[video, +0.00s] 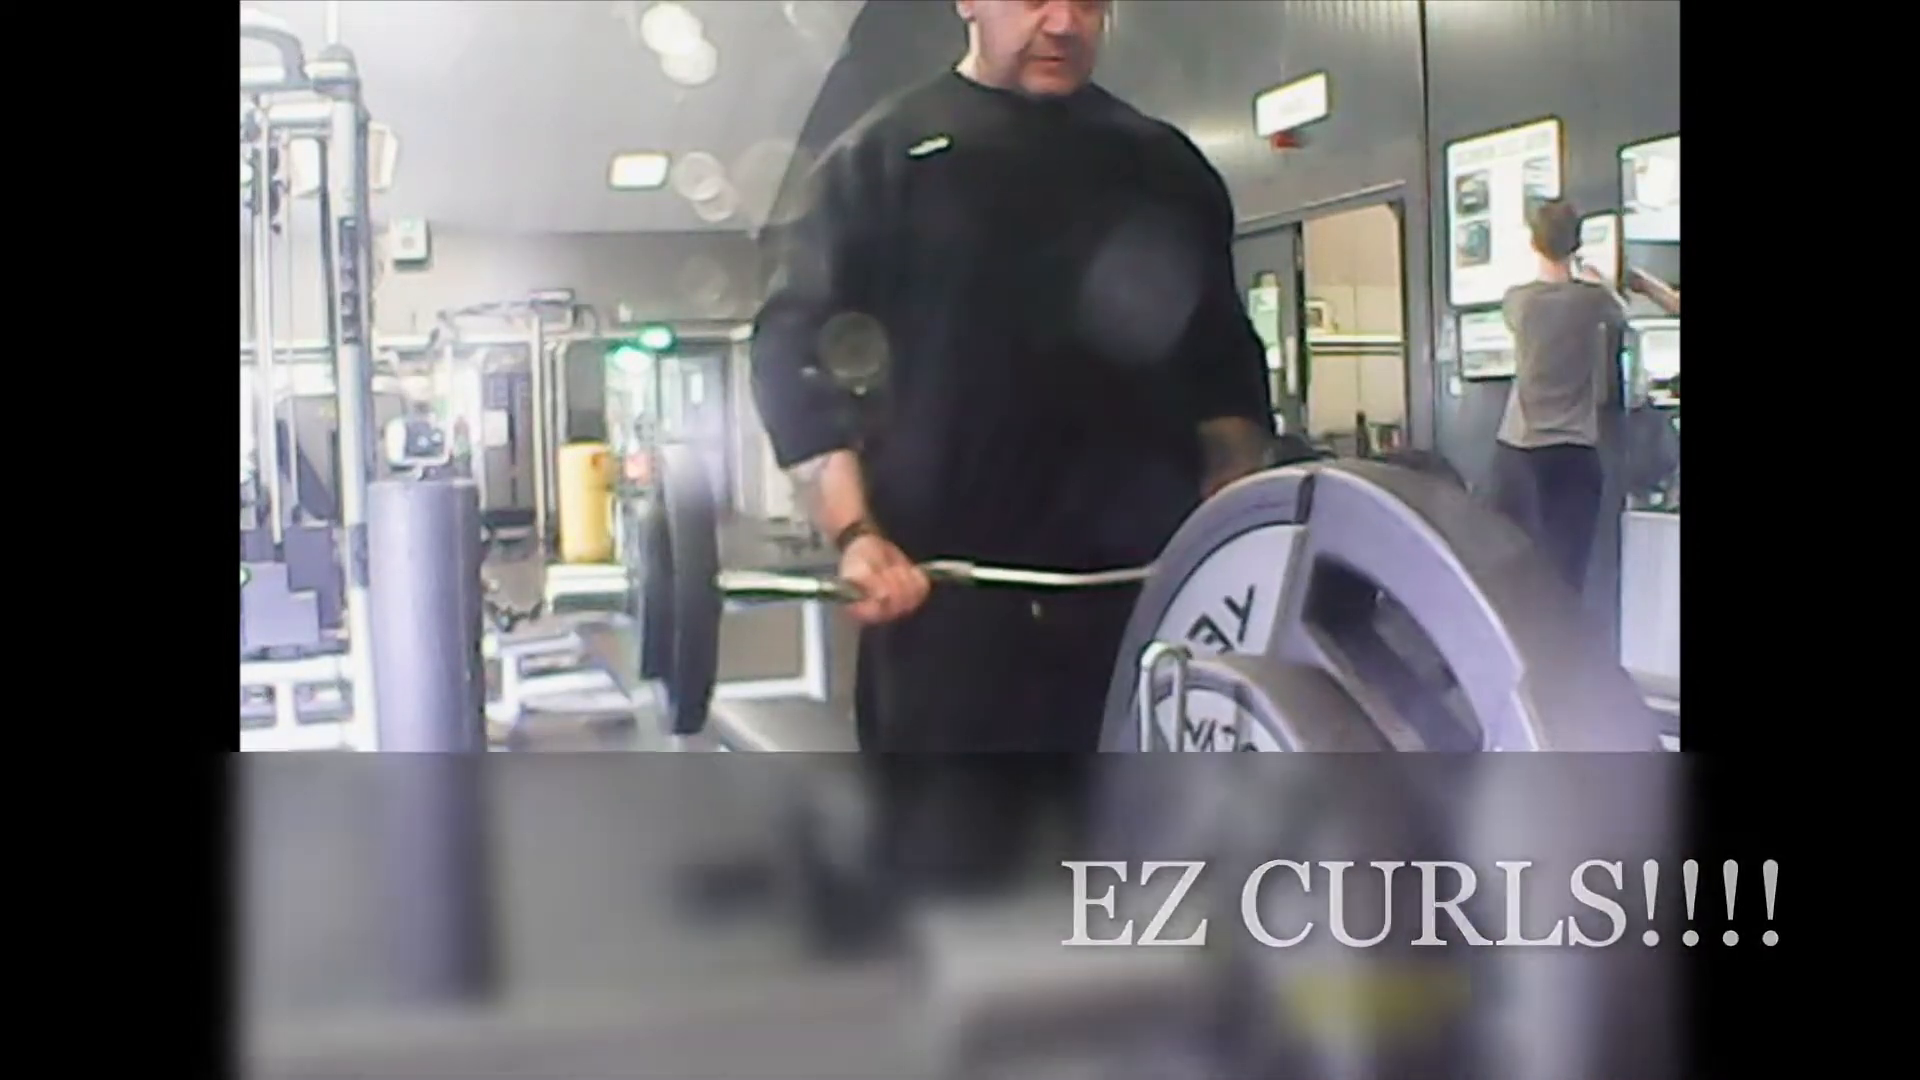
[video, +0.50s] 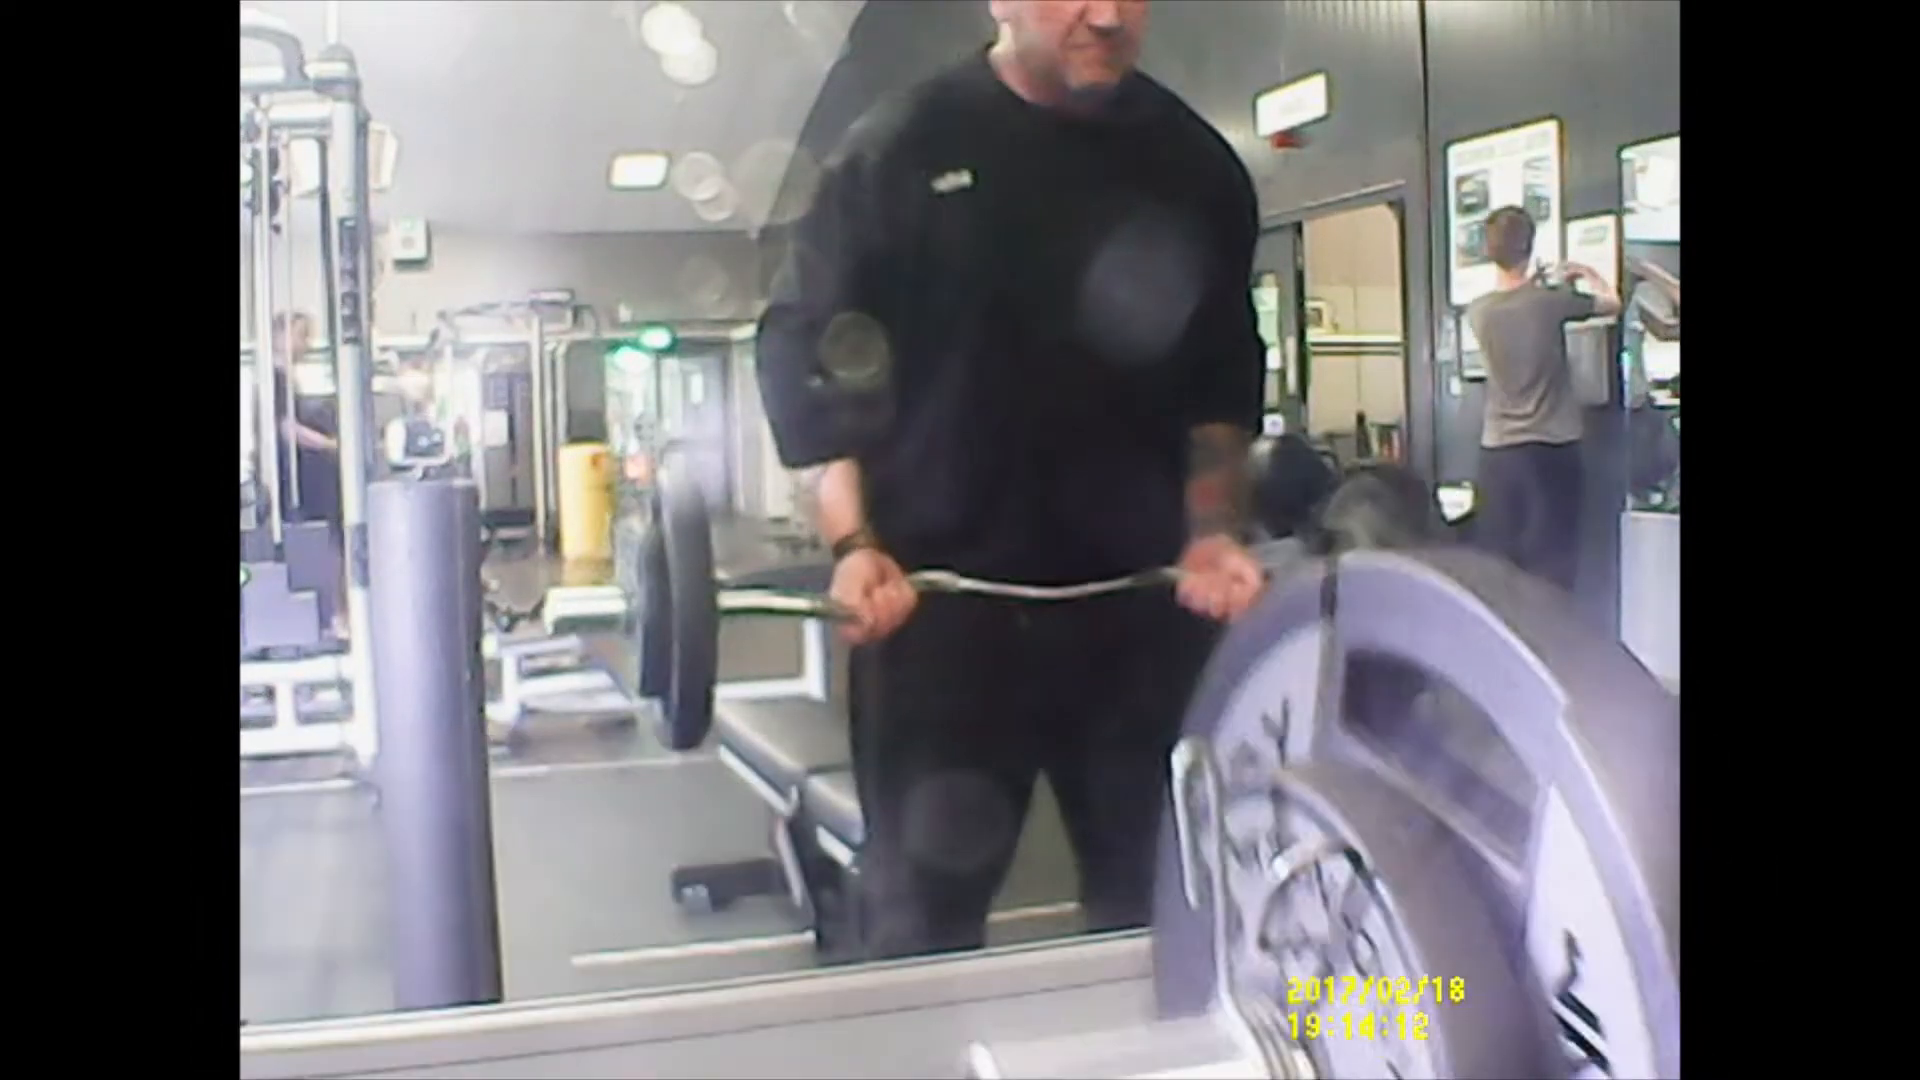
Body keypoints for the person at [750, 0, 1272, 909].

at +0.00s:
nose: (1063, 22)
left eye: (1085, 2)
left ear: (1108, 15)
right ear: (973, 6)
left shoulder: (1168, 168)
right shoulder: (882, 158)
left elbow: (1228, 384)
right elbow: (792, 343)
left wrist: (1236, 552)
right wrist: (853, 532)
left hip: (1131, 626)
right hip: (946, 624)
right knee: (946, 945)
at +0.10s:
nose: (1066, 19)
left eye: (1087, 0)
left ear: (1109, 14)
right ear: (974, 5)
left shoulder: (1171, 166)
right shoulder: (887, 153)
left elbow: (1228, 390)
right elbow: (791, 340)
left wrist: (1232, 562)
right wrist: (853, 531)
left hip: (1138, 626)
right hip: (948, 623)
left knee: (1158, 957)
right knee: (940, 964)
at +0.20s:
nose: (1073, 14)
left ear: (1116, 10)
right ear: (980, 3)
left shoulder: (1173, 162)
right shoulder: (890, 150)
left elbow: (1224, 376)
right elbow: (794, 340)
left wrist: (1235, 551)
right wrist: (853, 531)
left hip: (1136, 610)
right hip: (948, 610)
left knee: (1164, 935)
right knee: (930, 948)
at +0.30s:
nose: (1075, 13)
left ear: (1118, 11)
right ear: (982, 4)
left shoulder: (1176, 162)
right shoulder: (891, 150)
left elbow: (1223, 381)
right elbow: (798, 341)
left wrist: (1233, 558)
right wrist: (853, 531)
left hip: (1135, 610)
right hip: (947, 609)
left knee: (1166, 936)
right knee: (921, 948)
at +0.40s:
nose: (1088, 11)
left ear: (1128, 7)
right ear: (992, 4)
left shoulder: (1185, 162)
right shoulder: (891, 152)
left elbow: (1221, 365)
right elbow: (804, 344)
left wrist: (1221, 521)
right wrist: (852, 533)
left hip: (1134, 613)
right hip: (946, 612)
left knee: (1169, 941)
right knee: (920, 956)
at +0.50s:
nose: (1109, 13)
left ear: (1148, 10)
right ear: (1005, 5)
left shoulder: (1201, 168)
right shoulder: (902, 148)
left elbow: (1223, 372)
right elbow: (810, 345)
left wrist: (1212, 530)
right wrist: (851, 539)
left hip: (1139, 612)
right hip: (943, 612)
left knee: (1161, 945)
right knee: (917, 958)